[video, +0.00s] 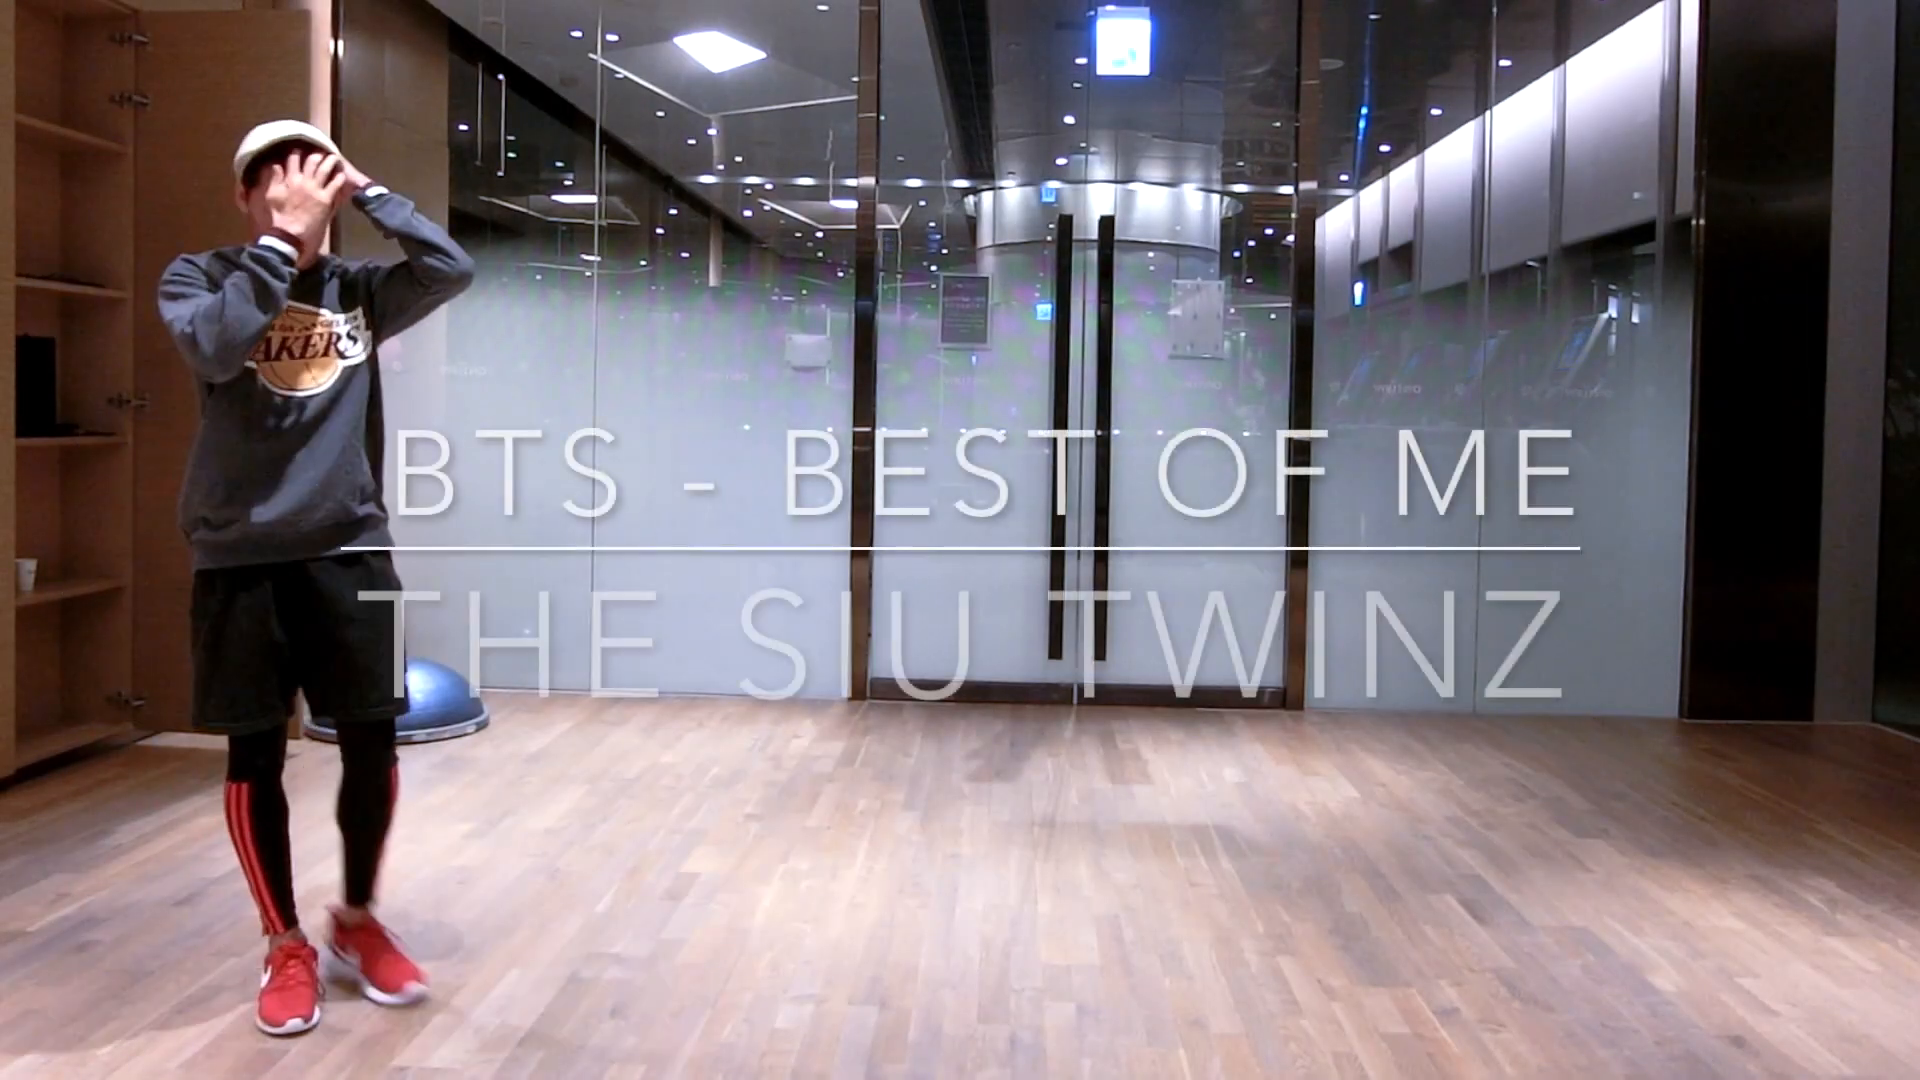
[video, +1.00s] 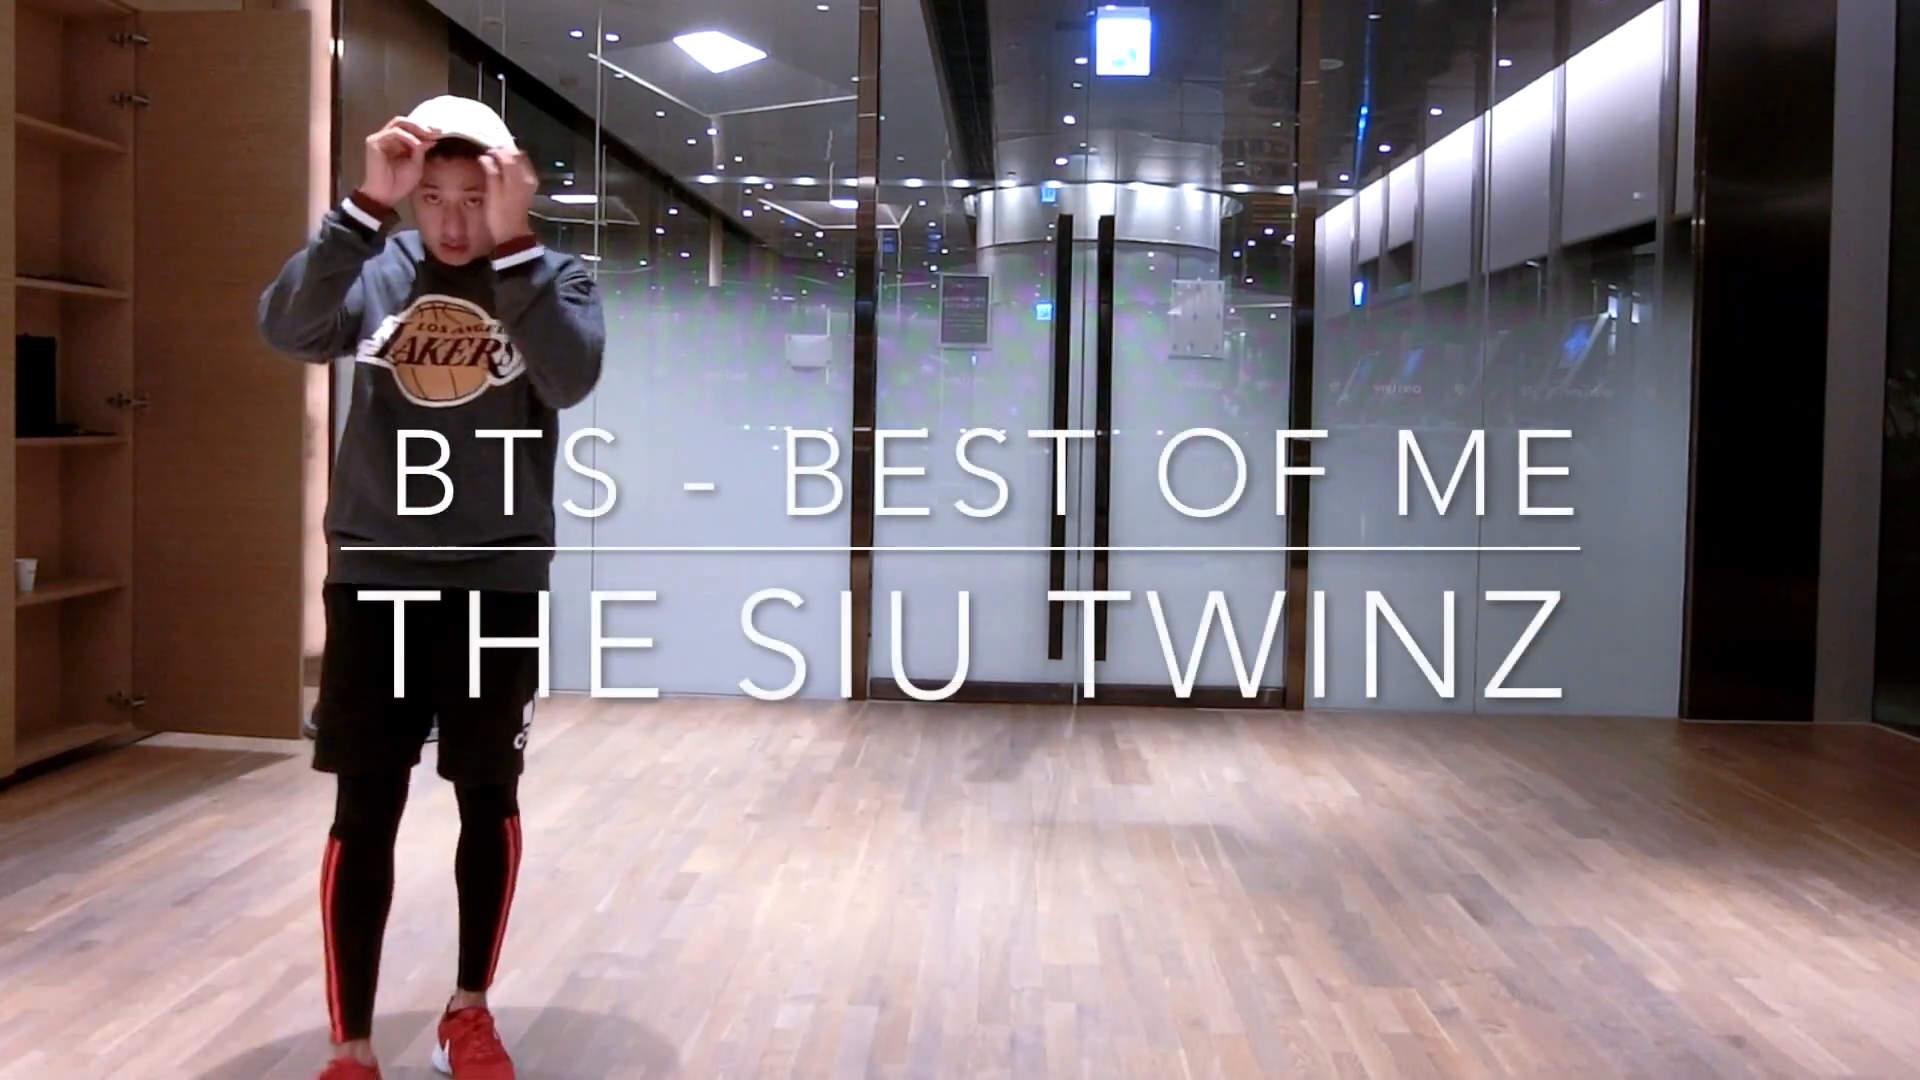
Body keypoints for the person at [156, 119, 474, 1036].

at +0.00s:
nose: (315, 176)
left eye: (322, 164)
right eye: (296, 162)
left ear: (335, 196)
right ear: (252, 190)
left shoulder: (353, 288)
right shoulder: (199, 276)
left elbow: (449, 265)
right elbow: (212, 350)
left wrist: (365, 192)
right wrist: (286, 239)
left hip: (350, 546)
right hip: (243, 554)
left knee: (373, 740)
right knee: (256, 753)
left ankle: (357, 923)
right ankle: (286, 949)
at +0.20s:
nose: (326, 197)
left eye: (339, 182)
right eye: (306, 178)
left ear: (359, 202)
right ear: (268, 195)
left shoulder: (373, 288)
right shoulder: (223, 274)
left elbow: (472, 294)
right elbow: (212, 362)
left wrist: (396, 204)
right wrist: (301, 254)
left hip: (367, 553)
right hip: (259, 558)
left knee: (403, 753)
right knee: (266, 761)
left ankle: (443, 960)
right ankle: (288, 952)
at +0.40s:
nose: (353, 228)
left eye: (369, 211)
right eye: (336, 211)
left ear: (390, 215)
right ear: (303, 214)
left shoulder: (424, 294)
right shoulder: (266, 291)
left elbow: (498, 379)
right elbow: (207, 376)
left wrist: (437, 260)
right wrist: (279, 255)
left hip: (400, 566)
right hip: (286, 569)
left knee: (425, 778)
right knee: (283, 773)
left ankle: (457, 993)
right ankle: (290, 950)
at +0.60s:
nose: (402, 197)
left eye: (419, 176)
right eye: (385, 181)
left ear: (452, 191)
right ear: (357, 198)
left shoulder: (491, 287)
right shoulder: (332, 280)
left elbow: (508, 386)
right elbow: (243, 344)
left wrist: (432, 270)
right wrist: (312, 225)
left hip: (450, 569)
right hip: (332, 566)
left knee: (461, 786)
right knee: (319, 778)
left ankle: (469, 1003)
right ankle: (302, 939)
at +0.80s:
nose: (431, 185)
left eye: (451, 163)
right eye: (418, 169)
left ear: (489, 184)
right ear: (398, 192)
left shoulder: (529, 274)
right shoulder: (361, 270)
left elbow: (531, 366)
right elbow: (278, 326)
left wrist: (463, 246)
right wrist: (358, 203)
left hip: (481, 569)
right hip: (358, 563)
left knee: (480, 790)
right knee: (321, 791)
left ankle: (471, 1004)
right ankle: (349, 949)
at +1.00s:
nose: (451, 210)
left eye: (469, 190)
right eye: (435, 194)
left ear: (503, 196)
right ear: (407, 202)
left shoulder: (550, 278)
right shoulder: (375, 276)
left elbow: (570, 380)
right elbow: (287, 328)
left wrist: (516, 243)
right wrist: (367, 208)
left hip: (500, 575)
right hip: (379, 573)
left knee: (489, 801)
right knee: (366, 807)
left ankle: (470, 1010)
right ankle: (351, 1049)